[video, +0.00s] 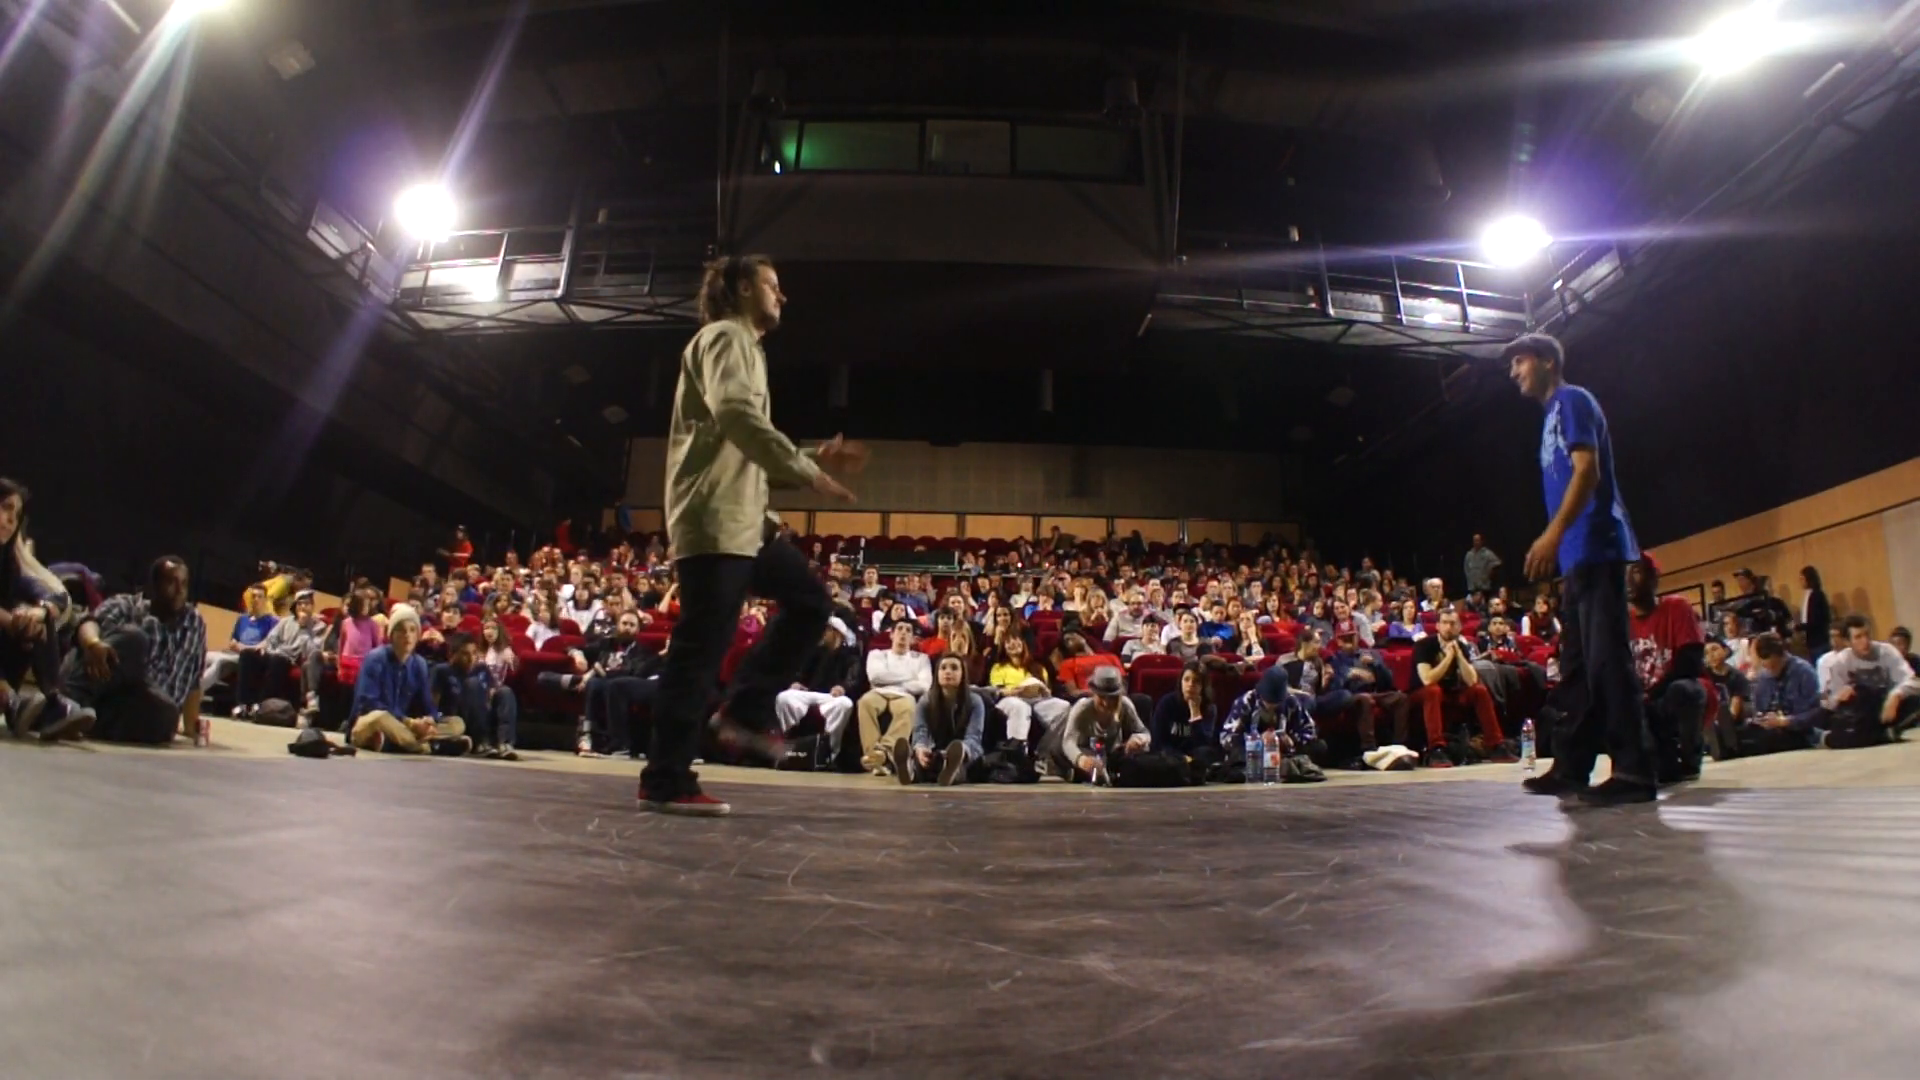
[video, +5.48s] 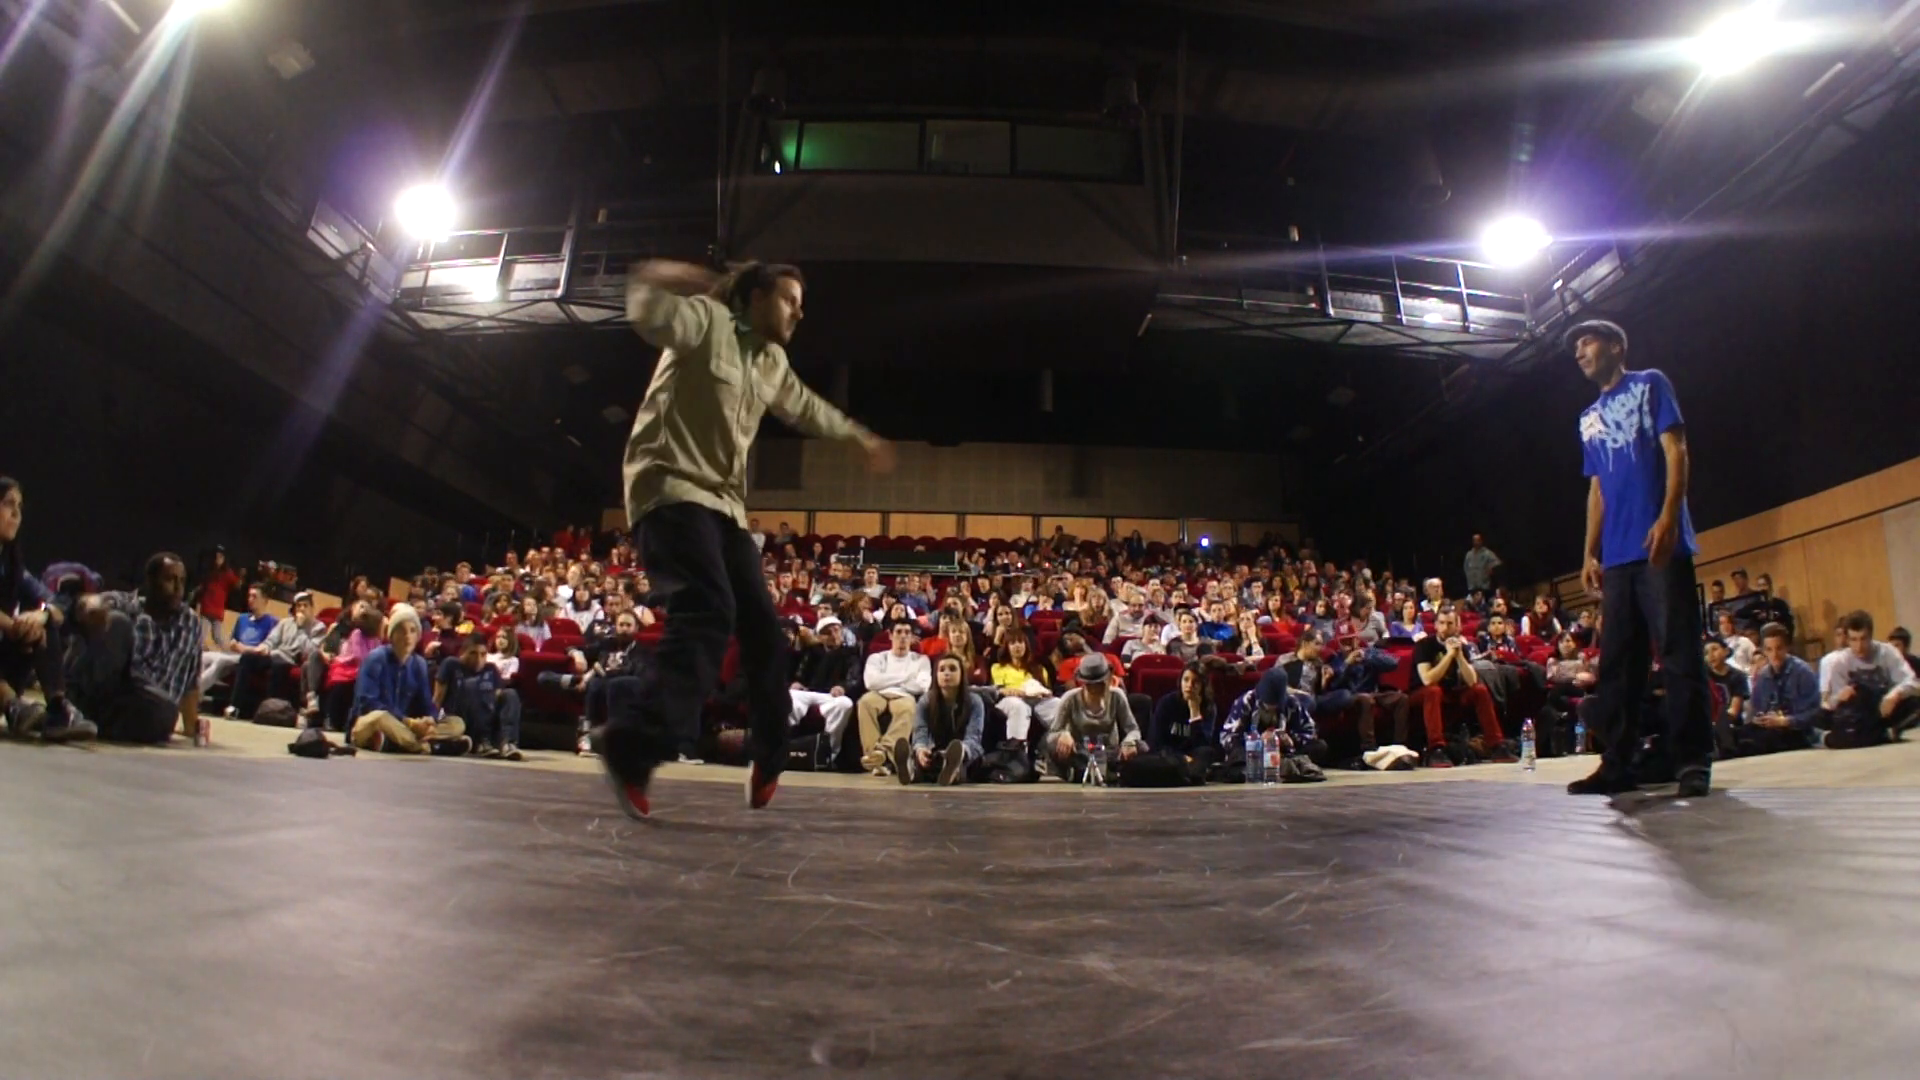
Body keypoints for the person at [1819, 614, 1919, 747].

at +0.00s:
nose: (1865, 641)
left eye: (1866, 635)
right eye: (1858, 637)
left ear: (1870, 635)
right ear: (1849, 641)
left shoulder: (1887, 652)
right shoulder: (1840, 662)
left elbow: (1911, 679)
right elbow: (1827, 703)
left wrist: (1895, 695)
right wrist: (1838, 697)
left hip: (1886, 701)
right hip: (1857, 704)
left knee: (1914, 702)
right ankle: (1884, 735)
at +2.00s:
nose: (1861, 641)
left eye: (1864, 635)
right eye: (1854, 636)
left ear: (1870, 634)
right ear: (1847, 638)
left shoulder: (1887, 652)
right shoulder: (1839, 662)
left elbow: (1911, 681)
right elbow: (1831, 701)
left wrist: (1895, 692)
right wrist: (1839, 696)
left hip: (1886, 705)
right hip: (1857, 707)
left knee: (1913, 702)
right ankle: (1884, 735)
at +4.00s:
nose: (1857, 643)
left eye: (1861, 637)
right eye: (1851, 638)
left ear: (1869, 636)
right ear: (1844, 639)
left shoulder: (1886, 652)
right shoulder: (1837, 661)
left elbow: (1911, 681)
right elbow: (1830, 702)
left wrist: (1893, 695)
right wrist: (1838, 697)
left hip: (1886, 703)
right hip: (1857, 705)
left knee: (1914, 704)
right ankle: (1884, 734)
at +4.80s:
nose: (1857, 643)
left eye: (1862, 637)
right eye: (1852, 638)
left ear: (1870, 636)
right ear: (1846, 638)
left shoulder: (1887, 652)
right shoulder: (1835, 662)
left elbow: (1911, 681)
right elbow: (1827, 703)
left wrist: (1894, 694)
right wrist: (1838, 697)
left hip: (1885, 704)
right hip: (1855, 706)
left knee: (1913, 703)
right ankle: (1884, 734)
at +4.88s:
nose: (1857, 644)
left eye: (1862, 637)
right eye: (1852, 638)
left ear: (1870, 636)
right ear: (1846, 638)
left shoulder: (1887, 652)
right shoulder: (1835, 662)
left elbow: (1911, 681)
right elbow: (1827, 703)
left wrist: (1894, 694)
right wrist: (1838, 697)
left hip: (1884, 705)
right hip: (1855, 707)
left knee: (1914, 703)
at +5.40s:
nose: (1858, 645)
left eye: (1863, 639)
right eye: (1853, 640)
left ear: (1871, 637)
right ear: (1847, 639)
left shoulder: (1887, 652)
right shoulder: (1839, 661)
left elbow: (1910, 681)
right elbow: (1828, 703)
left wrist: (1894, 695)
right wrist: (1839, 697)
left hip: (1884, 705)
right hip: (1856, 707)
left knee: (1913, 704)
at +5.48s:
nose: (1859, 645)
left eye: (1863, 639)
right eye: (1853, 639)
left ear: (1871, 636)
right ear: (1847, 639)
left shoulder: (1887, 652)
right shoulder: (1839, 661)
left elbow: (1911, 681)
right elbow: (1828, 703)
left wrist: (1894, 695)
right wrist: (1839, 697)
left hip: (1884, 704)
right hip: (1856, 706)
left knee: (1913, 704)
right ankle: (1884, 734)